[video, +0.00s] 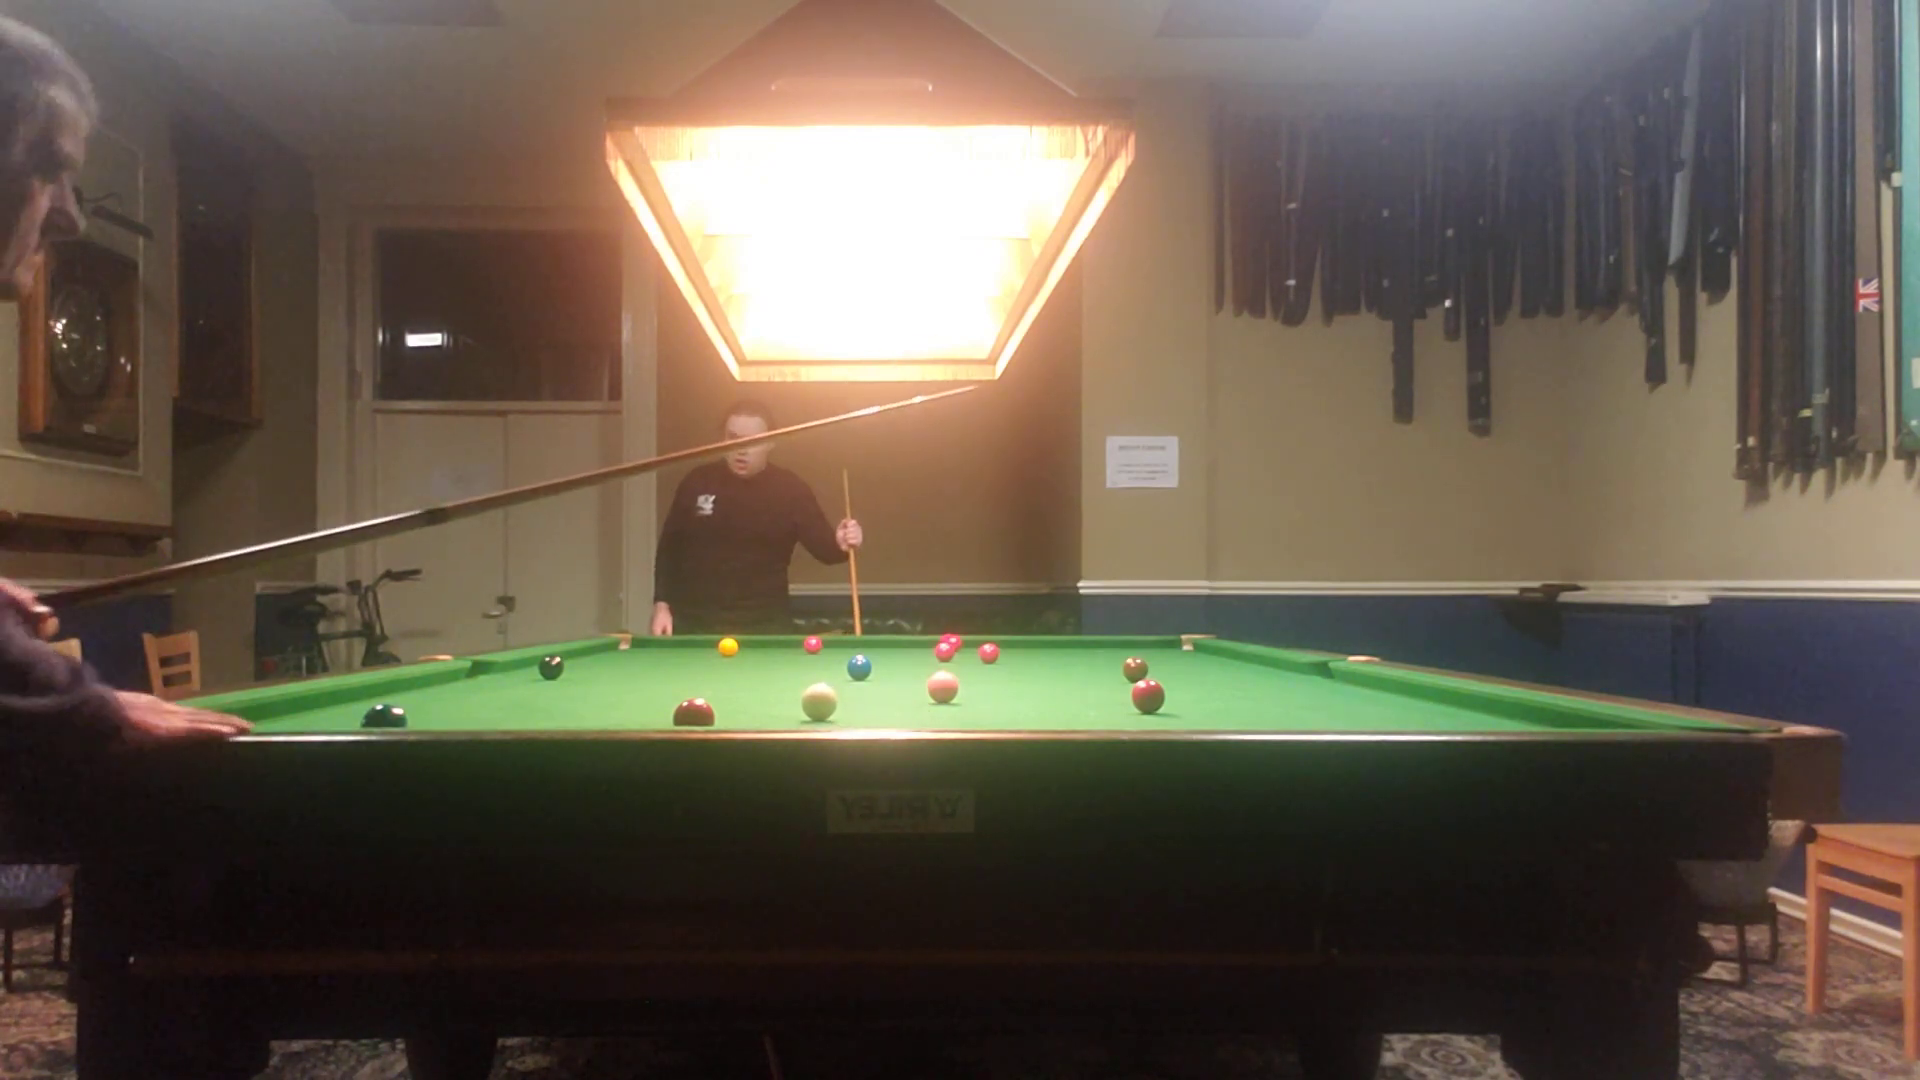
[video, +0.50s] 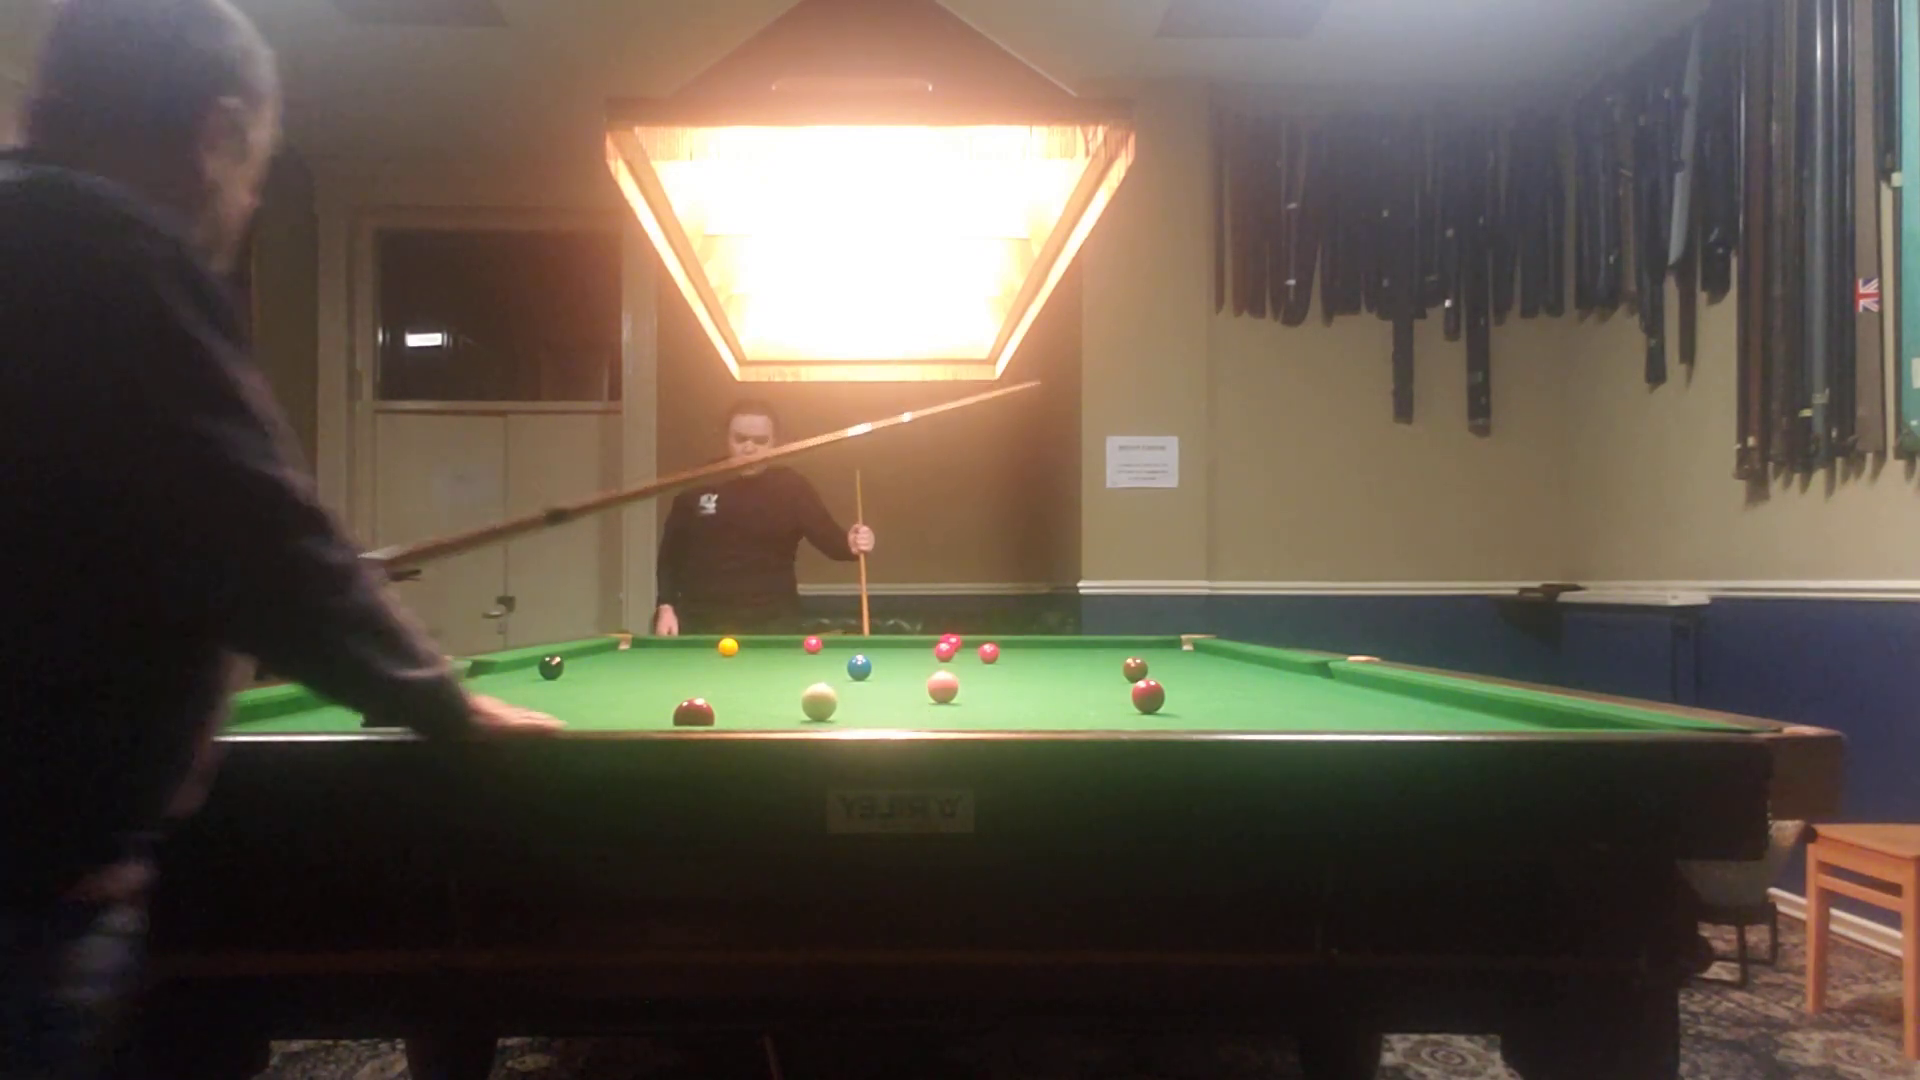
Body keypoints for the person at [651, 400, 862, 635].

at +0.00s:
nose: (741, 450)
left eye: (753, 442)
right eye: (735, 440)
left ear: (770, 444)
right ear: (723, 440)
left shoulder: (789, 489)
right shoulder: (698, 483)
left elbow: (823, 548)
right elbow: (669, 548)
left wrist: (840, 543)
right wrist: (662, 604)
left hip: (766, 632)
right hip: (697, 630)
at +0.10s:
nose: (743, 451)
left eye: (754, 444)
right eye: (735, 441)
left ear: (771, 445)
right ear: (724, 440)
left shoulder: (790, 489)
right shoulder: (698, 483)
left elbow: (825, 549)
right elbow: (670, 548)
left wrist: (841, 543)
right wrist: (663, 605)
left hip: (766, 631)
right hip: (697, 629)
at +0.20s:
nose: (743, 451)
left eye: (754, 443)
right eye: (735, 441)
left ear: (771, 444)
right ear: (724, 441)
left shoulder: (790, 488)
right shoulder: (698, 482)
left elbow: (825, 549)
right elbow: (670, 548)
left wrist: (841, 543)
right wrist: (663, 605)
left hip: (767, 630)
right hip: (697, 628)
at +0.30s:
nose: (744, 451)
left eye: (755, 442)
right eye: (737, 441)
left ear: (771, 445)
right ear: (725, 442)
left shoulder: (790, 488)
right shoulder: (698, 482)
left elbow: (826, 547)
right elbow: (670, 548)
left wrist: (843, 542)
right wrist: (664, 605)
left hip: (769, 629)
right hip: (699, 628)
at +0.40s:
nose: (746, 450)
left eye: (757, 442)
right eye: (738, 440)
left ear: (772, 444)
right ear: (725, 440)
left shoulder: (791, 488)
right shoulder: (698, 484)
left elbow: (825, 542)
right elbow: (670, 549)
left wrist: (845, 542)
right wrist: (664, 604)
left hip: (771, 628)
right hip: (700, 627)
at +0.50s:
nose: (749, 449)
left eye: (760, 441)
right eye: (741, 439)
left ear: (774, 444)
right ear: (727, 439)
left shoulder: (791, 487)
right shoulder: (697, 489)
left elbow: (829, 539)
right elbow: (670, 556)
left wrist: (851, 544)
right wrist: (666, 605)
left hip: (774, 632)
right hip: (704, 632)